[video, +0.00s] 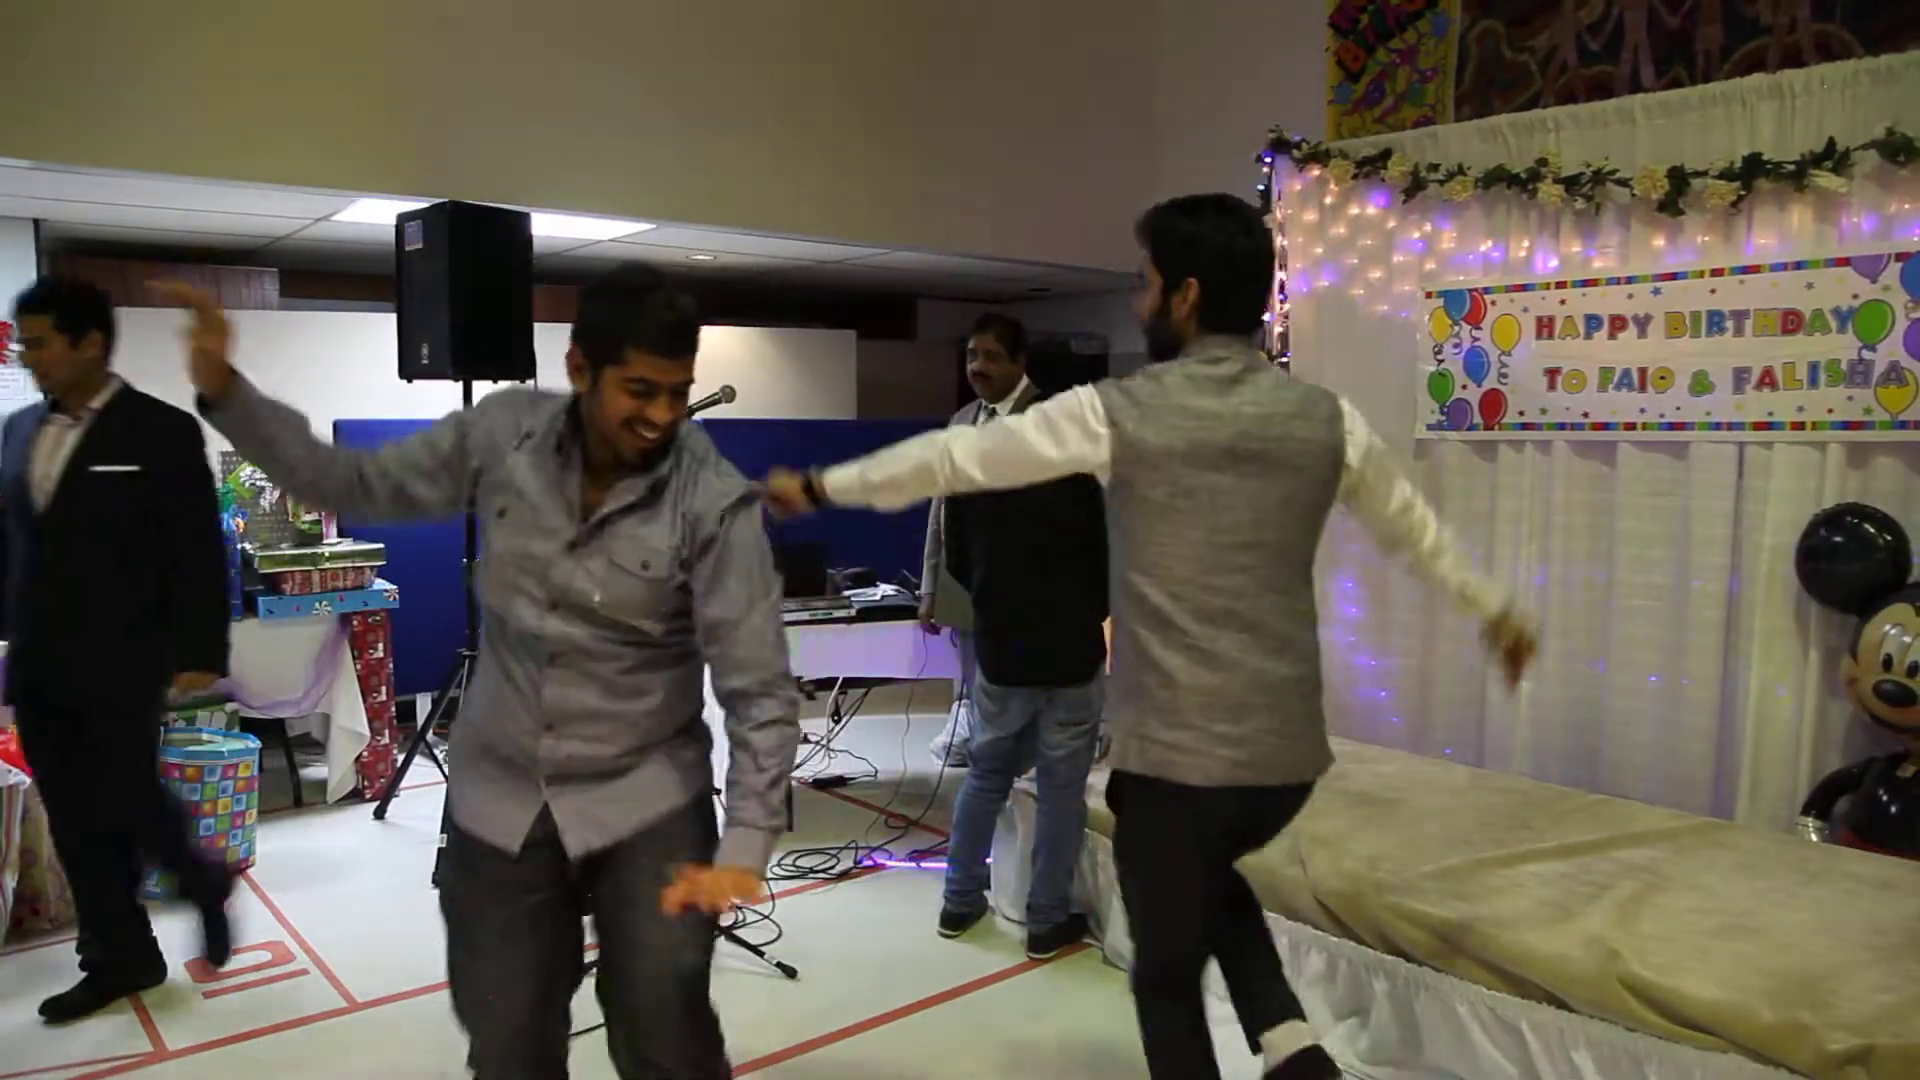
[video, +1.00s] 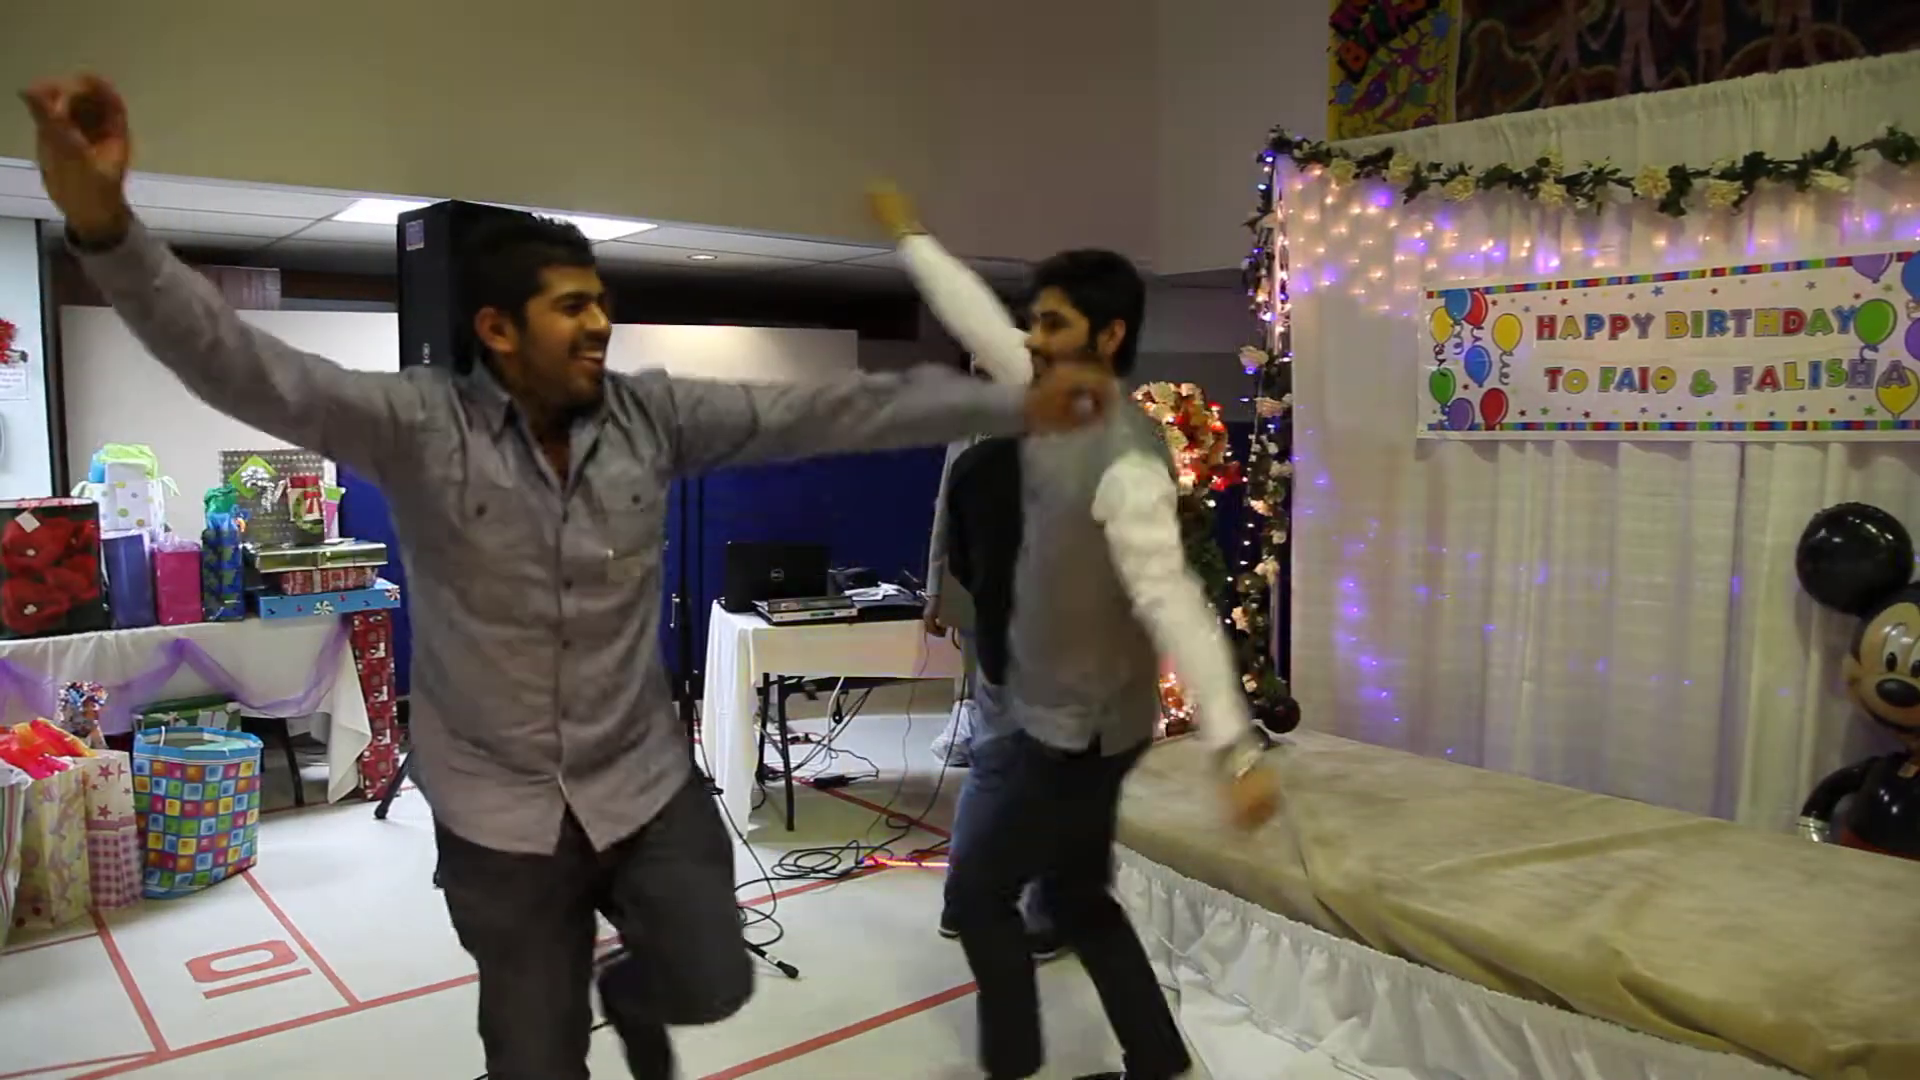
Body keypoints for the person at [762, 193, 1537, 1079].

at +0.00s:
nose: (1139, 299)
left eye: (1146, 282)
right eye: (1143, 280)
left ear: (1186, 295)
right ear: (1255, 296)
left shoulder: (1124, 411)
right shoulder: (1323, 416)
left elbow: (969, 455)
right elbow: (1415, 528)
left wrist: (825, 485)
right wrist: (1497, 612)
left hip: (1176, 762)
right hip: (1287, 758)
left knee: (1169, 982)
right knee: (1209, 871)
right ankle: (1289, 1045)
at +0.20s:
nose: (1119, 328)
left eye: (1129, 312)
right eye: (1121, 310)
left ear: (1172, 323)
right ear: (1227, 325)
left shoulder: (1123, 438)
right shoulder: (1298, 434)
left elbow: (965, 475)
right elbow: (1393, 447)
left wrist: (809, 495)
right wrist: (1471, 434)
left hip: (1164, 774)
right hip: (1258, 768)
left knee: (1145, 981)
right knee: (1159, 923)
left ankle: (1203, 1075)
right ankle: (1211, 1062)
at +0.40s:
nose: (1097, 324)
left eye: (1111, 308)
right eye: (1102, 306)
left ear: (1159, 325)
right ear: (1184, 325)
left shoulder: (1115, 442)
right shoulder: (1258, 416)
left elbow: (974, 530)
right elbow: (1315, 359)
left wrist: (828, 605)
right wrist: (1341, 298)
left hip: (1160, 748)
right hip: (1240, 734)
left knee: (1126, 939)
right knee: (1148, 908)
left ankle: (1174, 1075)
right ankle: (1162, 1062)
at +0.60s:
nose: (1083, 339)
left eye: (1100, 327)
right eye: (1088, 323)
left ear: (1154, 341)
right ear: (1171, 343)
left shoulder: (1124, 466)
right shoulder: (1214, 419)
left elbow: (1028, 602)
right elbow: (1205, 341)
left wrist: (927, 739)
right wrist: (1196, 243)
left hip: (1158, 725)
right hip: (1210, 710)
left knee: (1028, 860)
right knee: (1123, 888)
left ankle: (1171, 978)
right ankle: (1154, 1053)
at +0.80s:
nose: (1062, 338)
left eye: (1080, 325)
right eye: (1064, 322)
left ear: (1133, 339)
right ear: (1127, 337)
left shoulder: (1118, 472)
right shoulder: (1161, 401)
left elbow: (1094, 640)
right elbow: (1091, 299)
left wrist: (1067, 799)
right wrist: (1046, 220)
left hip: (1127, 724)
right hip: (1165, 701)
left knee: (1028, 872)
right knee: (1104, 883)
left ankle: (1134, 998)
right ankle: (1152, 1046)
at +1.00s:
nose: (1035, 338)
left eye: (1054, 325)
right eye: (1034, 323)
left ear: (1108, 337)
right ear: (1040, 331)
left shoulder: (1124, 462)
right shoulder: (1050, 399)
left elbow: (1170, 595)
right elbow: (982, 328)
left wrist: (1239, 745)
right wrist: (909, 235)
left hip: (1071, 727)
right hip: (1075, 714)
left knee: (977, 896)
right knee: (1080, 897)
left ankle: (1011, 1062)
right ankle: (1159, 1060)